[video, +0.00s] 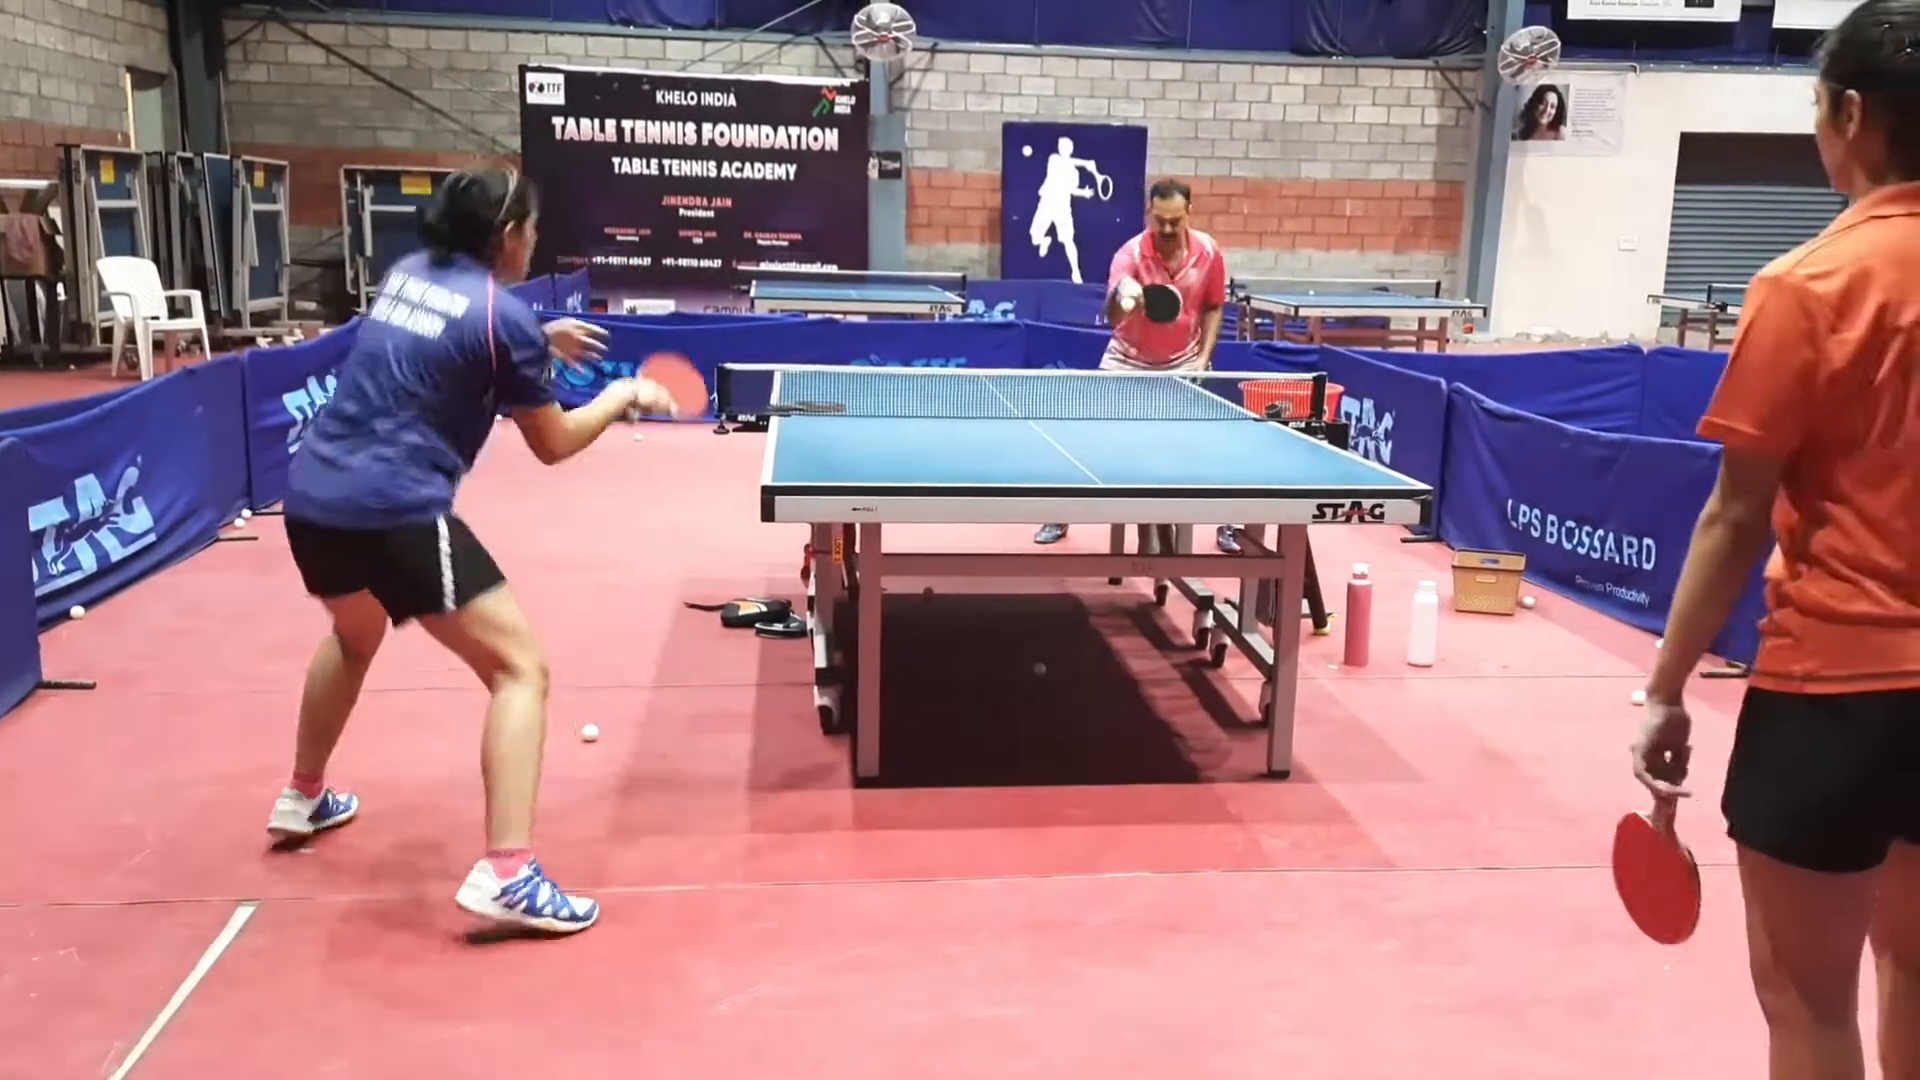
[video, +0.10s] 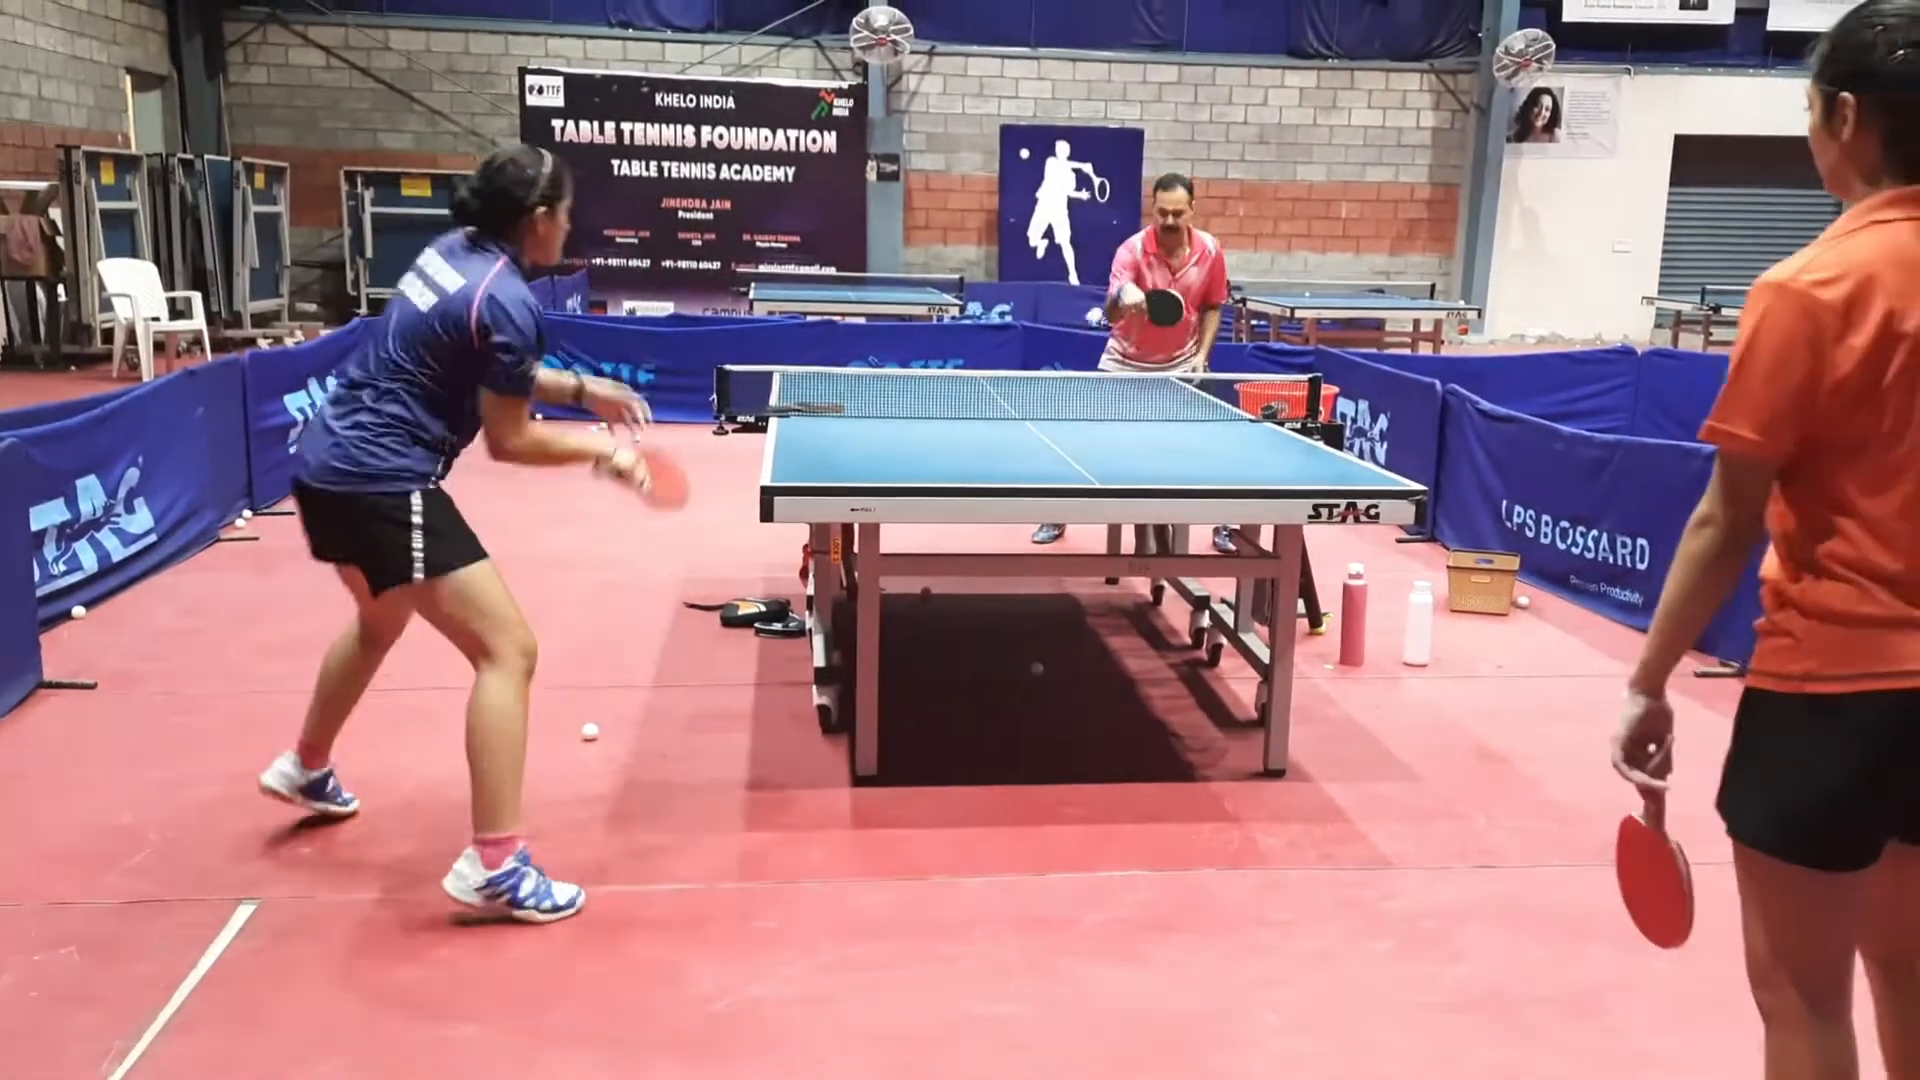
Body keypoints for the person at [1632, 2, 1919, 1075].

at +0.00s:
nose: (1819, 133)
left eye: (1820, 110)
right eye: (1823, 111)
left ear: (1851, 112)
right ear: (1909, 115)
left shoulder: (1816, 285)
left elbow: (1740, 511)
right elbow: (1736, 510)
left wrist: (1664, 691)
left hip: (1836, 699)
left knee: (1806, 997)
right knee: (1905, 966)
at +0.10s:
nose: (1812, 138)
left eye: (1813, 115)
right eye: (1815, 116)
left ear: (1846, 117)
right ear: (1913, 119)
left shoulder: (1819, 288)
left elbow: (1731, 517)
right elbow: (1727, 515)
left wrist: (1649, 683)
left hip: (1831, 696)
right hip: (1912, 692)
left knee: (1801, 998)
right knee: (1904, 969)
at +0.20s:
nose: (1821, 139)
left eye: (1826, 115)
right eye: (1823, 116)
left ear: (1868, 119)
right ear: (1904, 122)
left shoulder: (1845, 287)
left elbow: (1748, 518)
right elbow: (1749, 515)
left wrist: (1658, 684)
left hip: (1840, 692)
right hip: (1914, 687)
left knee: (1802, 990)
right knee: (1910, 977)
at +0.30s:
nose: (1837, 143)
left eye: (1846, 120)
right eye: (1841, 119)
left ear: (1897, 125)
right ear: (1904, 125)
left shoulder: (1877, 291)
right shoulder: (1890, 280)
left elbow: (1789, 519)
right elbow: (1794, 509)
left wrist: (1690, 686)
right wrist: (1694, 679)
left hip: (1846, 697)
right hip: (1908, 691)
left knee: (1802, 984)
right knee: (1910, 969)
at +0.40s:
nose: (1859, 137)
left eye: (1871, 114)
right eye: (1864, 113)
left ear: (1915, 124)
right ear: (1911, 121)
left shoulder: (1902, 290)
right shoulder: (1902, 282)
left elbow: (1845, 522)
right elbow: (1846, 516)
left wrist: (1741, 706)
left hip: (1853, 698)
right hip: (1910, 694)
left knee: (1807, 991)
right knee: (1916, 978)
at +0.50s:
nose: (1880, 141)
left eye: (1896, 118)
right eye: (1887, 115)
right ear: (1914, 127)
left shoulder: (1915, 289)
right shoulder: (1911, 287)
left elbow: (1900, 518)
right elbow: (1890, 513)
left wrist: (1813, 714)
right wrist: (1821, 699)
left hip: (1874, 688)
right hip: (1893, 683)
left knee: (1811, 979)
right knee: (1912, 966)